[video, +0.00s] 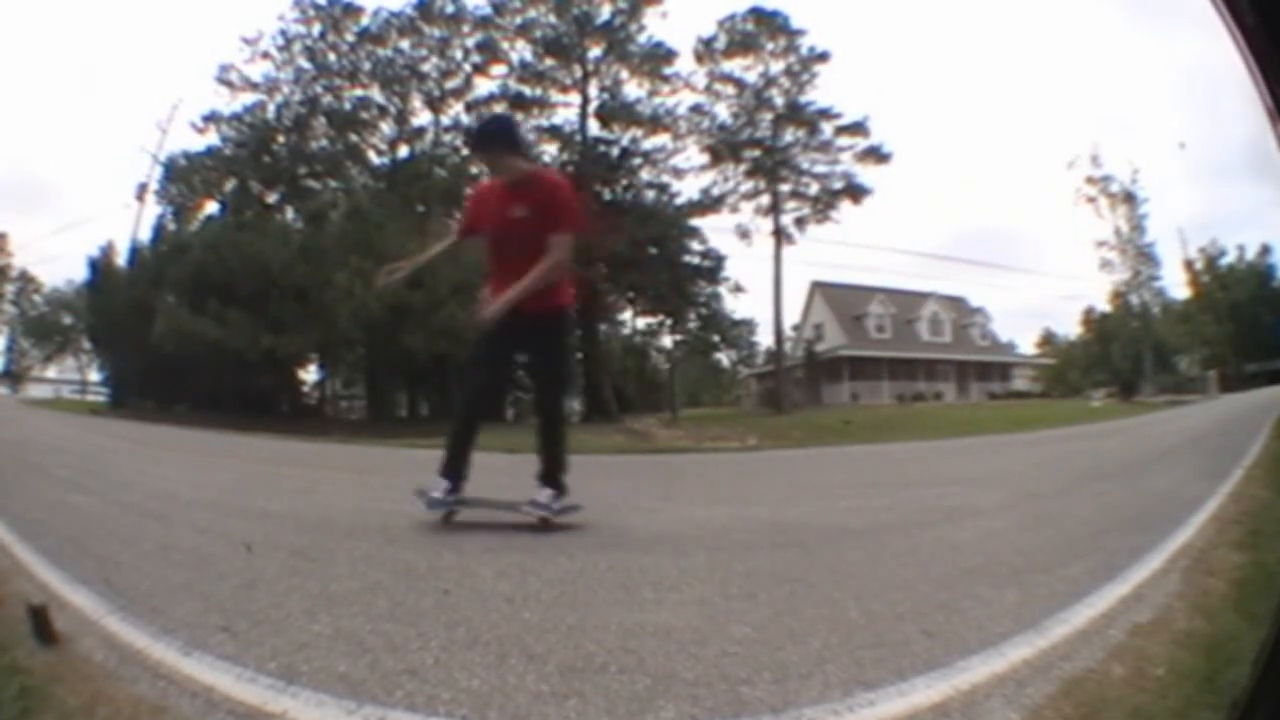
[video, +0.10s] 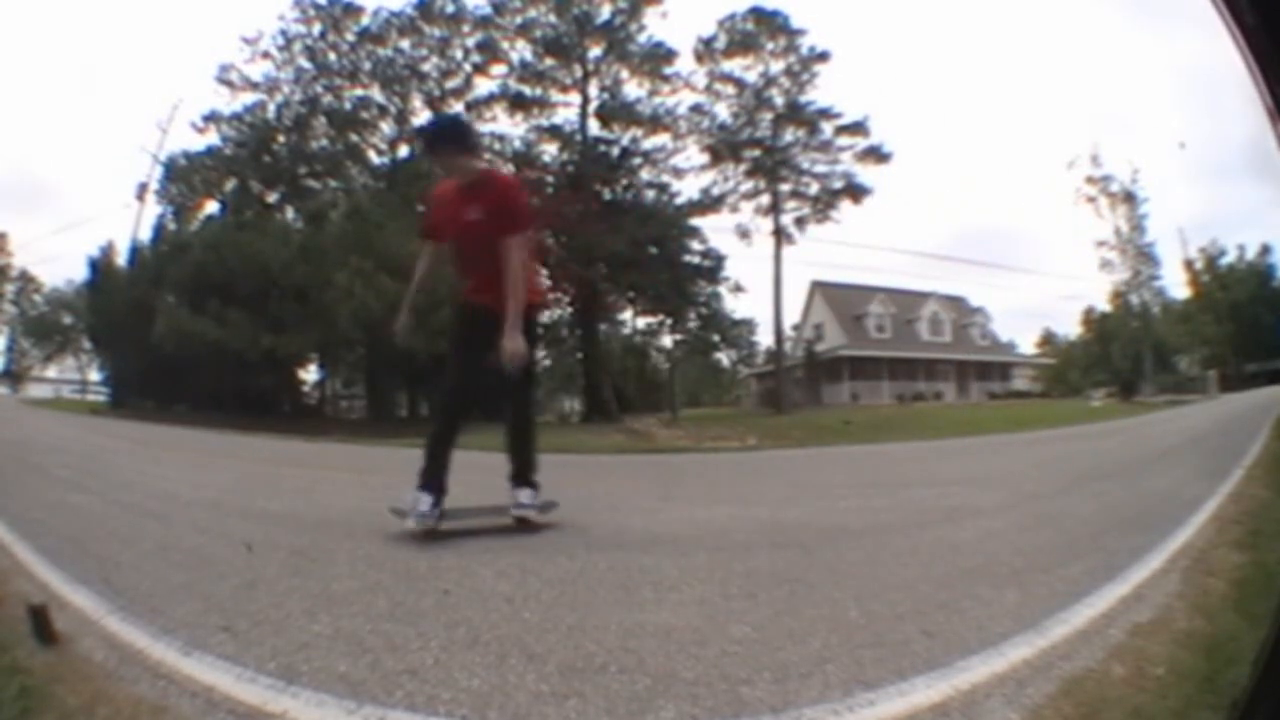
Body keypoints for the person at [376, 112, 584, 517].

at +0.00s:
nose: (489, 167)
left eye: (491, 158)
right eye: (484, 159)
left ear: (507, 150)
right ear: (486, 156)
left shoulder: (553, 187)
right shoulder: (487, 194)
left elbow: (560, 256)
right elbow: (458, 240)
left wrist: (505, 299)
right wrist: (408, 267)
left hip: (549, 308)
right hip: (502, 308)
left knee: (550, 400)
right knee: (476, 392)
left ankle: (553, 485)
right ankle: (450, 479)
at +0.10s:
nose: (436, 166)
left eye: (439, 157)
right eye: (433, 158)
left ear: (458, 150)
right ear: (440, 155)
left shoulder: (505, 189)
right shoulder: (444, 196)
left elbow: (517, 259)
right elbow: (429, 254)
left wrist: (513, 328)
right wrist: (408, 309)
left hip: (516, 309)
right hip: (474, 309)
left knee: (519, 400)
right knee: (452, 398)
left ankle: (523, 486)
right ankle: (430, 491)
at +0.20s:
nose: (388, 177)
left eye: (390, 167)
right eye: (383, 169)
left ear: (408, 158)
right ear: (389, 166)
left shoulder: (454, 189)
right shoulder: (400, 204)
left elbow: (480, 259)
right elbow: (410, 266)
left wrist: (510, 326)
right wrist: (415, 321)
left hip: (480, 316)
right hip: (437, 318)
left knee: (494, 404)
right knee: (423, 407)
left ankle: (508, 487)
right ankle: (411, 498)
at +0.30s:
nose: (345, 182)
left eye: (348, 171)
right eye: (340, 174)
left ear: (366, 162)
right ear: (344, 174)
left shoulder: (415, 184)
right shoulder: (363, 211)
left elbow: (455, 247)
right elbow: (389, 262)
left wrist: (481, 315)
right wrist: (403, 304)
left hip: (450, 307)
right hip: (407, 313)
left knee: (466, 401)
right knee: (397, 403)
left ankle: (482, 487)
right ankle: (383, 498)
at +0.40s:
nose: (313, 185)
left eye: (314, 174)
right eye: (306, 178)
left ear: (334, 161)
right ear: (312, 176)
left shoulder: (379, 181)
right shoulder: (333, 212)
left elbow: (422, 241)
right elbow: (348, 268)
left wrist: (428, 309)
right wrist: (350, 320)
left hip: (417, 305)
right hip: (378, 312)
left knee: (438, 398)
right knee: (369, 402)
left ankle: (456, 488)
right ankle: (355, 499)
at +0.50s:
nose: (288, 175)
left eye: (289, 165)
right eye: (282, 168)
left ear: (305, 154)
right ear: (287, 166)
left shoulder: (350, 175)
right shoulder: (306, 208)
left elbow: (370, 248)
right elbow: (307, 275)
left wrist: (360, 314)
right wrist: (305, 339)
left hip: (389, 298)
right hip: (347, 304)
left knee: (405, 392)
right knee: (335, 396)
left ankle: (424, 488)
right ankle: (322, 495)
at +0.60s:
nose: (263, 169)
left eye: (267, 157)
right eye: (259, 160)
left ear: (289, 149)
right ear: (269, 157)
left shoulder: (331, 177)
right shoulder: (285, 205)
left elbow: (315, 250)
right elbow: (266, 268)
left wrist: (288, 315)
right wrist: (243, 329)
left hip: (365, 303)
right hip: (321, 307)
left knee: (378, 397)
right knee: (305, 395)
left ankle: (391, 491)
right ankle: (288, 494)